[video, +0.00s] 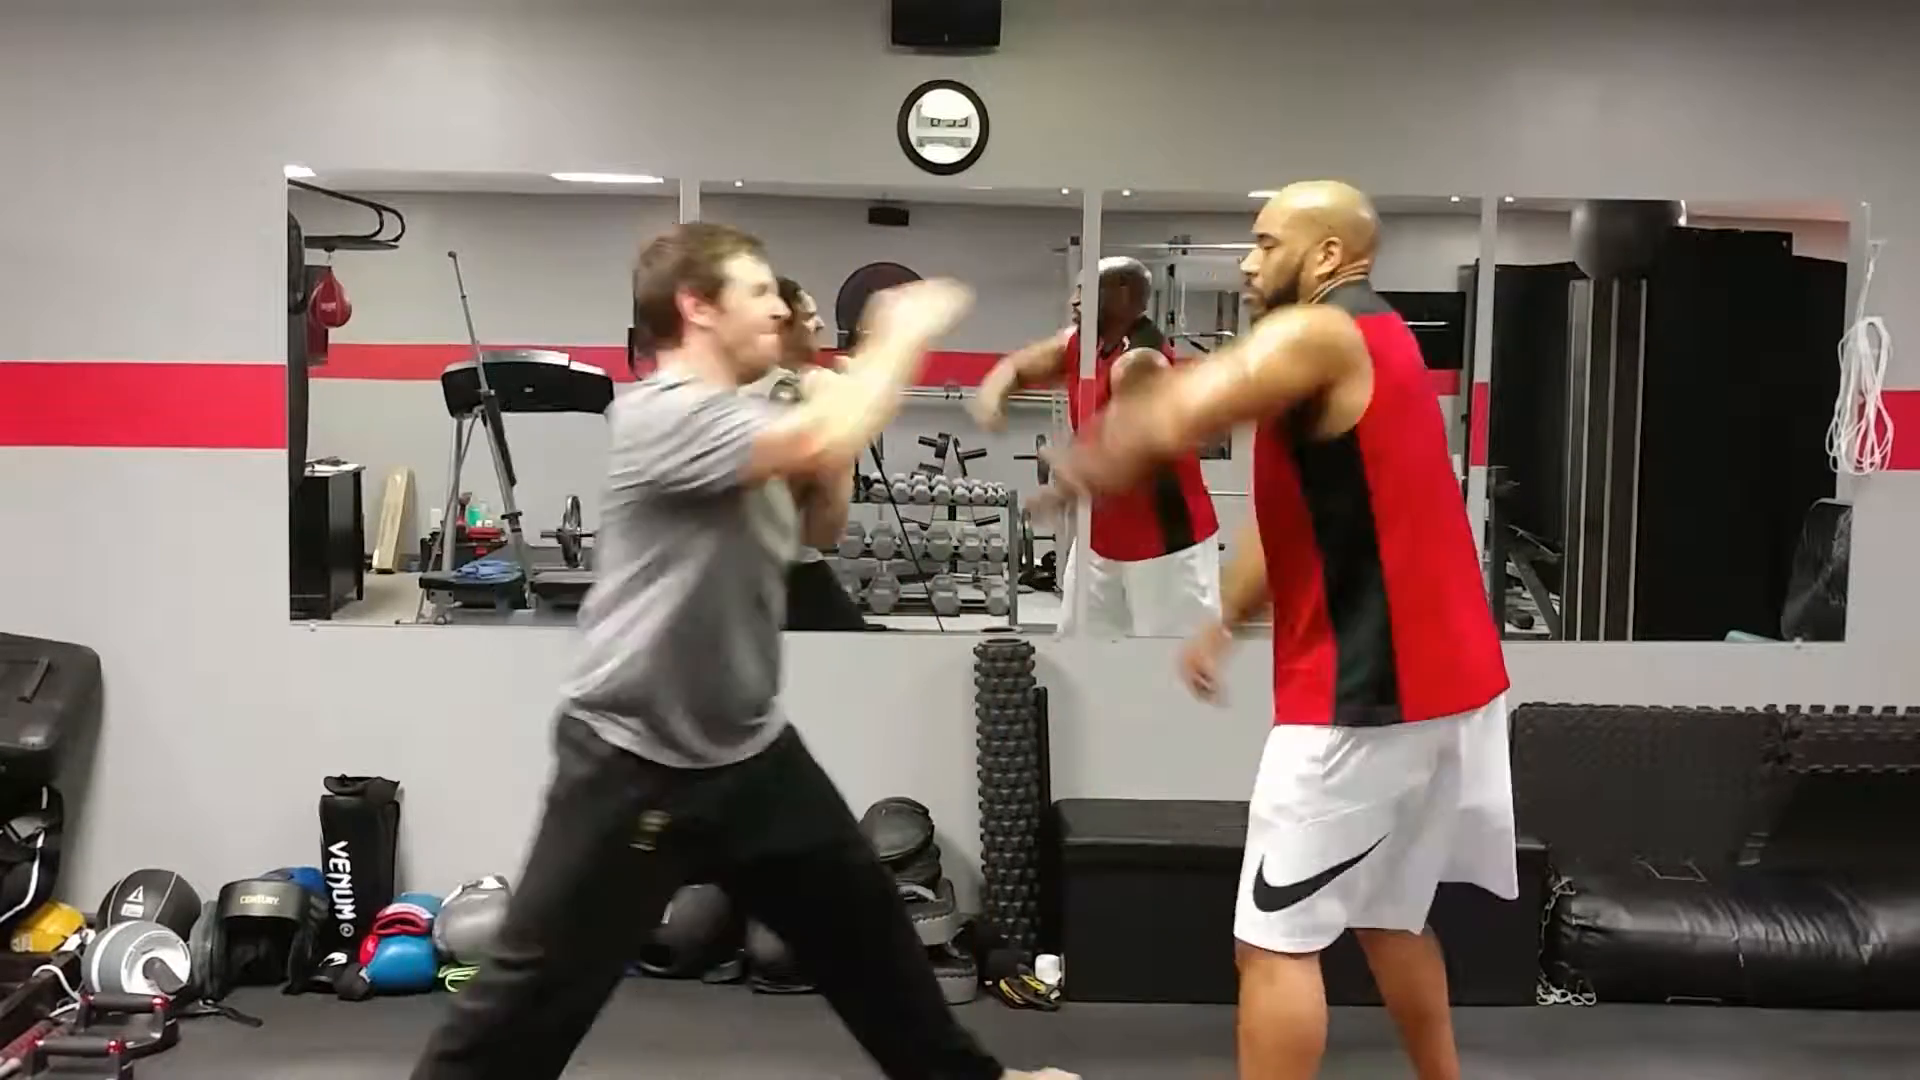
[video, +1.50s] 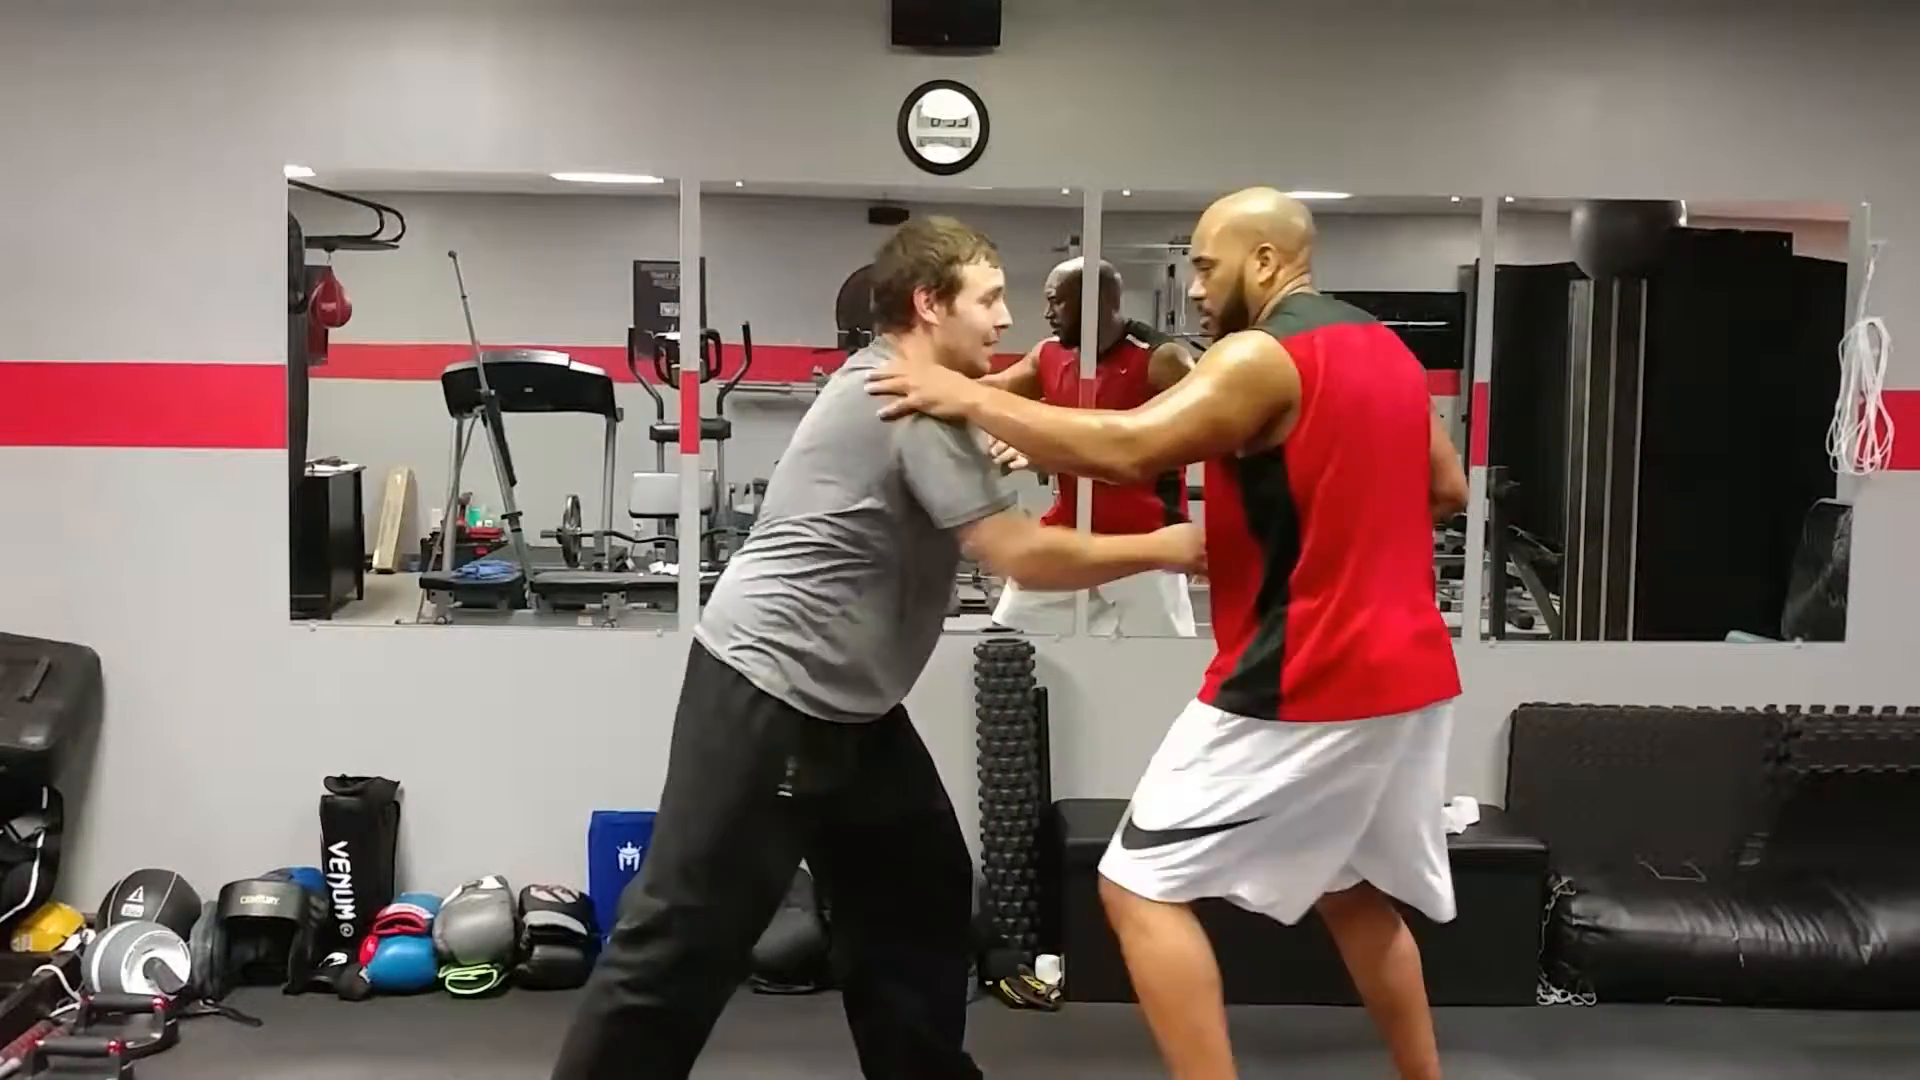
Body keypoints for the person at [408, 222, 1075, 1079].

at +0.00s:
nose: (782, 309)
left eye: (778, 293)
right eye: (761, 292)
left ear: (713, 311)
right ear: (698, 310)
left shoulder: (756, 413)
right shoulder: (656, 415)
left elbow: (819, 528)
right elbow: (819, 438)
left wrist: (838, 415)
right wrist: (900, 336)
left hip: (750, 749)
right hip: (629, 755)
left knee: (868, 935)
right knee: (529, 999)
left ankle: (962, 1074)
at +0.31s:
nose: (931, 285)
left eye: (923, 268)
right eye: (910, 269)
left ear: (850, 298)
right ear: (852, 292)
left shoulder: (836, 381)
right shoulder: (865, 364)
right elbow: (1033, 301)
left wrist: (1040, 290)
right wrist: (1118, 252)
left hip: (880, 715)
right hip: (812, 711)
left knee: (977, 936)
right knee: (751, 974)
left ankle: (998, 1074)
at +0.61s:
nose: (1040, 353)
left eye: (1040, 335)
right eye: (1024, 334)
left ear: (955, 344)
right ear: (964, 341)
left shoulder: (905, 407)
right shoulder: (954, 423)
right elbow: (1106, 522)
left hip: (865, 715)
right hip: (800, 698)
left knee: (955, 912)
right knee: (763, 959)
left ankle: (974, 1067)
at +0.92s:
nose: (970, 332)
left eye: (972, 314)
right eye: (956, 310)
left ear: (895, 316)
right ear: (894, 312)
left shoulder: (892, 407)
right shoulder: (850, 393)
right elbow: (1021, 449)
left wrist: (1010, 377)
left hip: (839, 706)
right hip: (750, 692)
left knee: (940, 896)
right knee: (702, 946)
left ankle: (963, 1068)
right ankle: (619, 1074)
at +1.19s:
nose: (1005, 335)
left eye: (1006, 315)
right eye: (989, 313)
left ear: (928, 317)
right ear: (930, 313)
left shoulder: (874, 393)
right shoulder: (906, 412)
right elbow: (1069, 485)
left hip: (855, 710)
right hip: (771, 700)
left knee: (924, 909)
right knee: (707, 951)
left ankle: (920, 1068)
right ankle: (624, 1075)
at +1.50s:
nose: (1004, 320)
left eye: (1003, 300)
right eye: (988, 298)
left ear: (928, 309)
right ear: (927, 307)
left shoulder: (924, 391)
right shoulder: (908, 396)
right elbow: (1016, 552)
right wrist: (1165, 547)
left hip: (852, 700)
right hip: (765, 684)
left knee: (919, 895)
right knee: (685, 932)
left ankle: (923, 1070)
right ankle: (595, 1078)